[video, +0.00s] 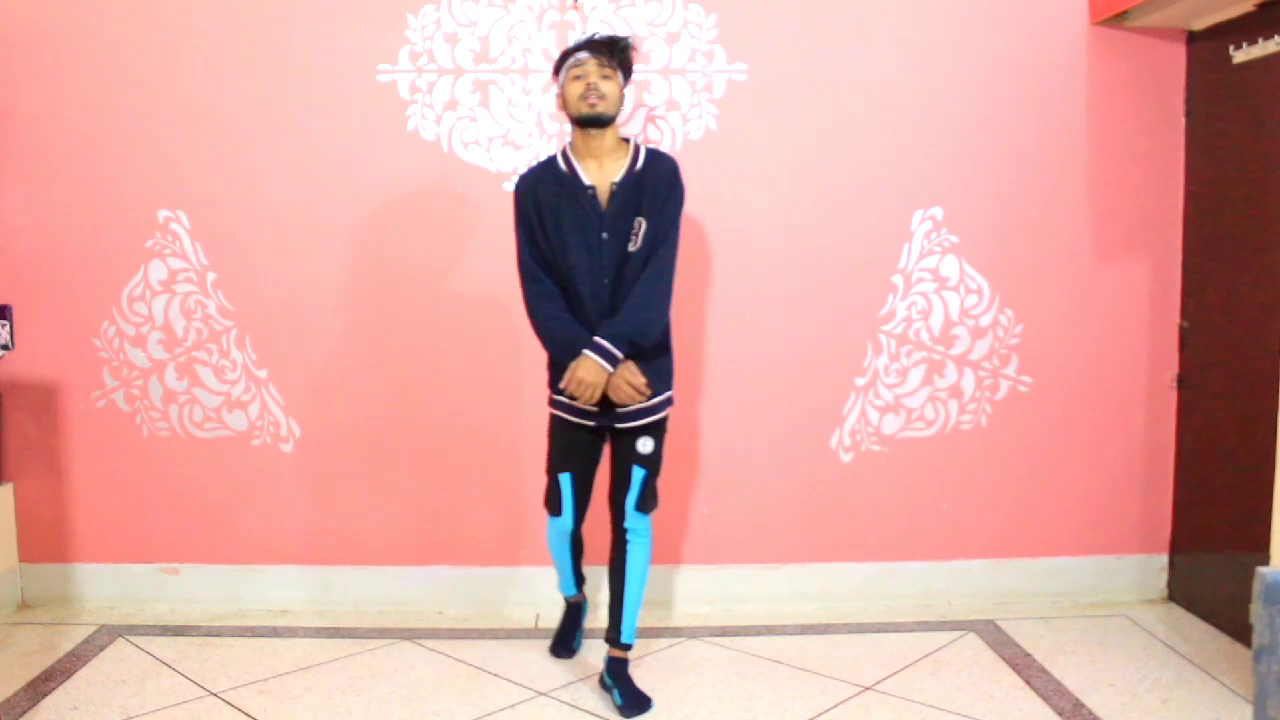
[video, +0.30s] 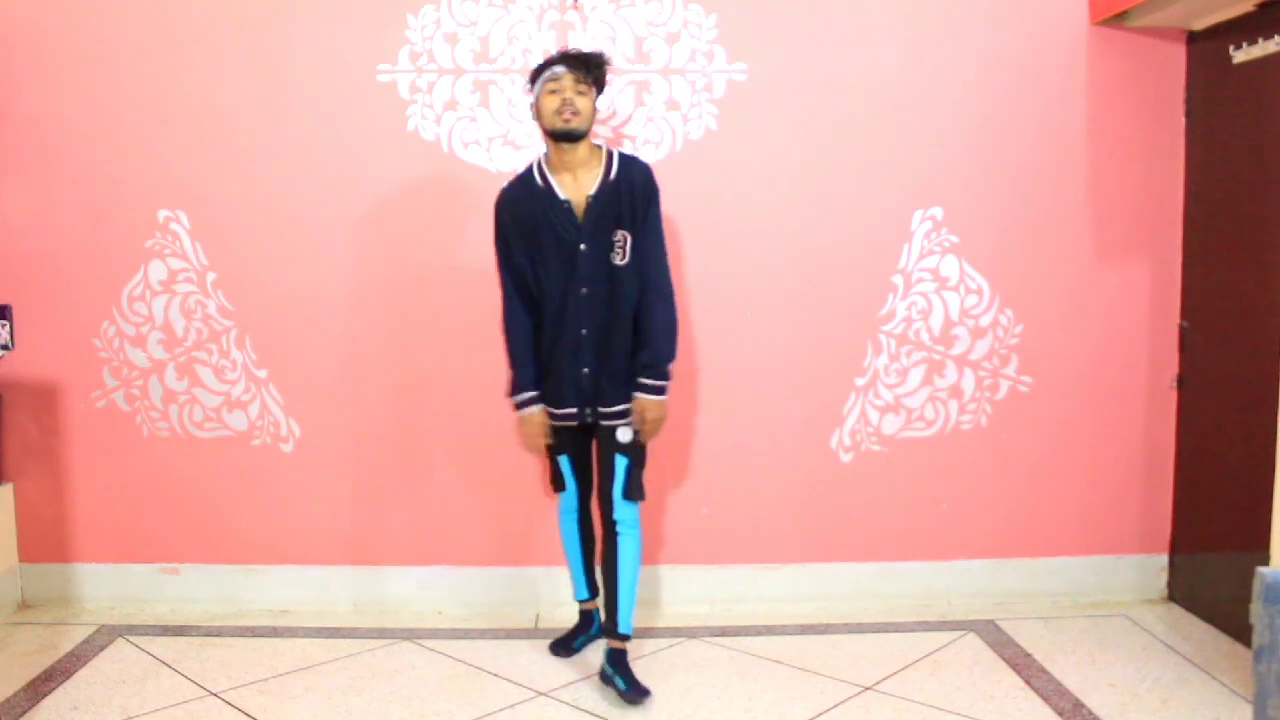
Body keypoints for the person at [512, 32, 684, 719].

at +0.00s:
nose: (590, 84)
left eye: (603, 75)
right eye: (576, 77)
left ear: (625, 91)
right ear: (560, 99)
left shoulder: (658, 170)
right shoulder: (536, 184)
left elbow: (657, 278)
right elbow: (538, 291)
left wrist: (601, 351)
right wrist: (600, 366)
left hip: (644, 369)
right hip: (572, 371)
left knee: (634, 513)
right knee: (564, 506)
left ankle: (618, 657)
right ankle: (573, 600)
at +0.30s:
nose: (567, 98)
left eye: (578, 89)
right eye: (553, 90)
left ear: (597, 105)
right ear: (534, 110)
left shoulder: (632, 178)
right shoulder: (516, 198)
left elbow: (655, 285)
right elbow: (516, 302)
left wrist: (654, 384)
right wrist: (525, 396)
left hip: (622, 379)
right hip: (556, 383)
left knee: (622, 509)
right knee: (572, 505)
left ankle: (619, 649)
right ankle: (587, 613)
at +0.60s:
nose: (572, 99)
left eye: (585, 90)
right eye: (559, 89)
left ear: (600, 104)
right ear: (540, 104)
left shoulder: (633, 178)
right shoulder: (511, 190)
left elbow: (664, 269)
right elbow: (488, 279)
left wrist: (686, 356)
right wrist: (468, 361)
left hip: (623, 356)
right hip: (552, 362)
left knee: (627, 487)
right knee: (568, 490)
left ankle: (602, 601)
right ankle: (586, 612)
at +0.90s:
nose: (595, 99)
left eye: (608, 90)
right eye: (582, 89)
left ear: (626, 105)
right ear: (561, 102)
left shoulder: (647, 191)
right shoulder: (526, 186)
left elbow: (654, 293)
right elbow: (506, 294)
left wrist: (649, 377)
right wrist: (514, 391)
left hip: (624, 380)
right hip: (552, 380)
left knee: (627, 513)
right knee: (566, 506)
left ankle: (625, 661)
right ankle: (586, 610)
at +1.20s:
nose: (605, 77)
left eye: (619, 67)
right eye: (592, 68)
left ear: (639, 82)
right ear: (574, 85)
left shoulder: (667, 178)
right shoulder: (538, 170)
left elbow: (690, 286)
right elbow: (530, 279)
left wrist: (694, 389)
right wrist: (576, 348)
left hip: (641, 382)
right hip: (561, 376)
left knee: (631, 523)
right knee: (538, 515)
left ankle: (622, 667)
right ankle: (584, 612)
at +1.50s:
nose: (599, 74)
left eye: (613, 63)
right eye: (585, 64)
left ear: (634, 77)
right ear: (566, 81)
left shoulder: (667, 173)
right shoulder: (532, 176)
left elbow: (697, 280)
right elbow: (517, 291)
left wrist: (711, 377)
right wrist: (525, 394)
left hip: (644, 390)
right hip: (563, 393)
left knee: (636, 540)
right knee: (570, 544)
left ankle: (618, 674)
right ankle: (582, 697)